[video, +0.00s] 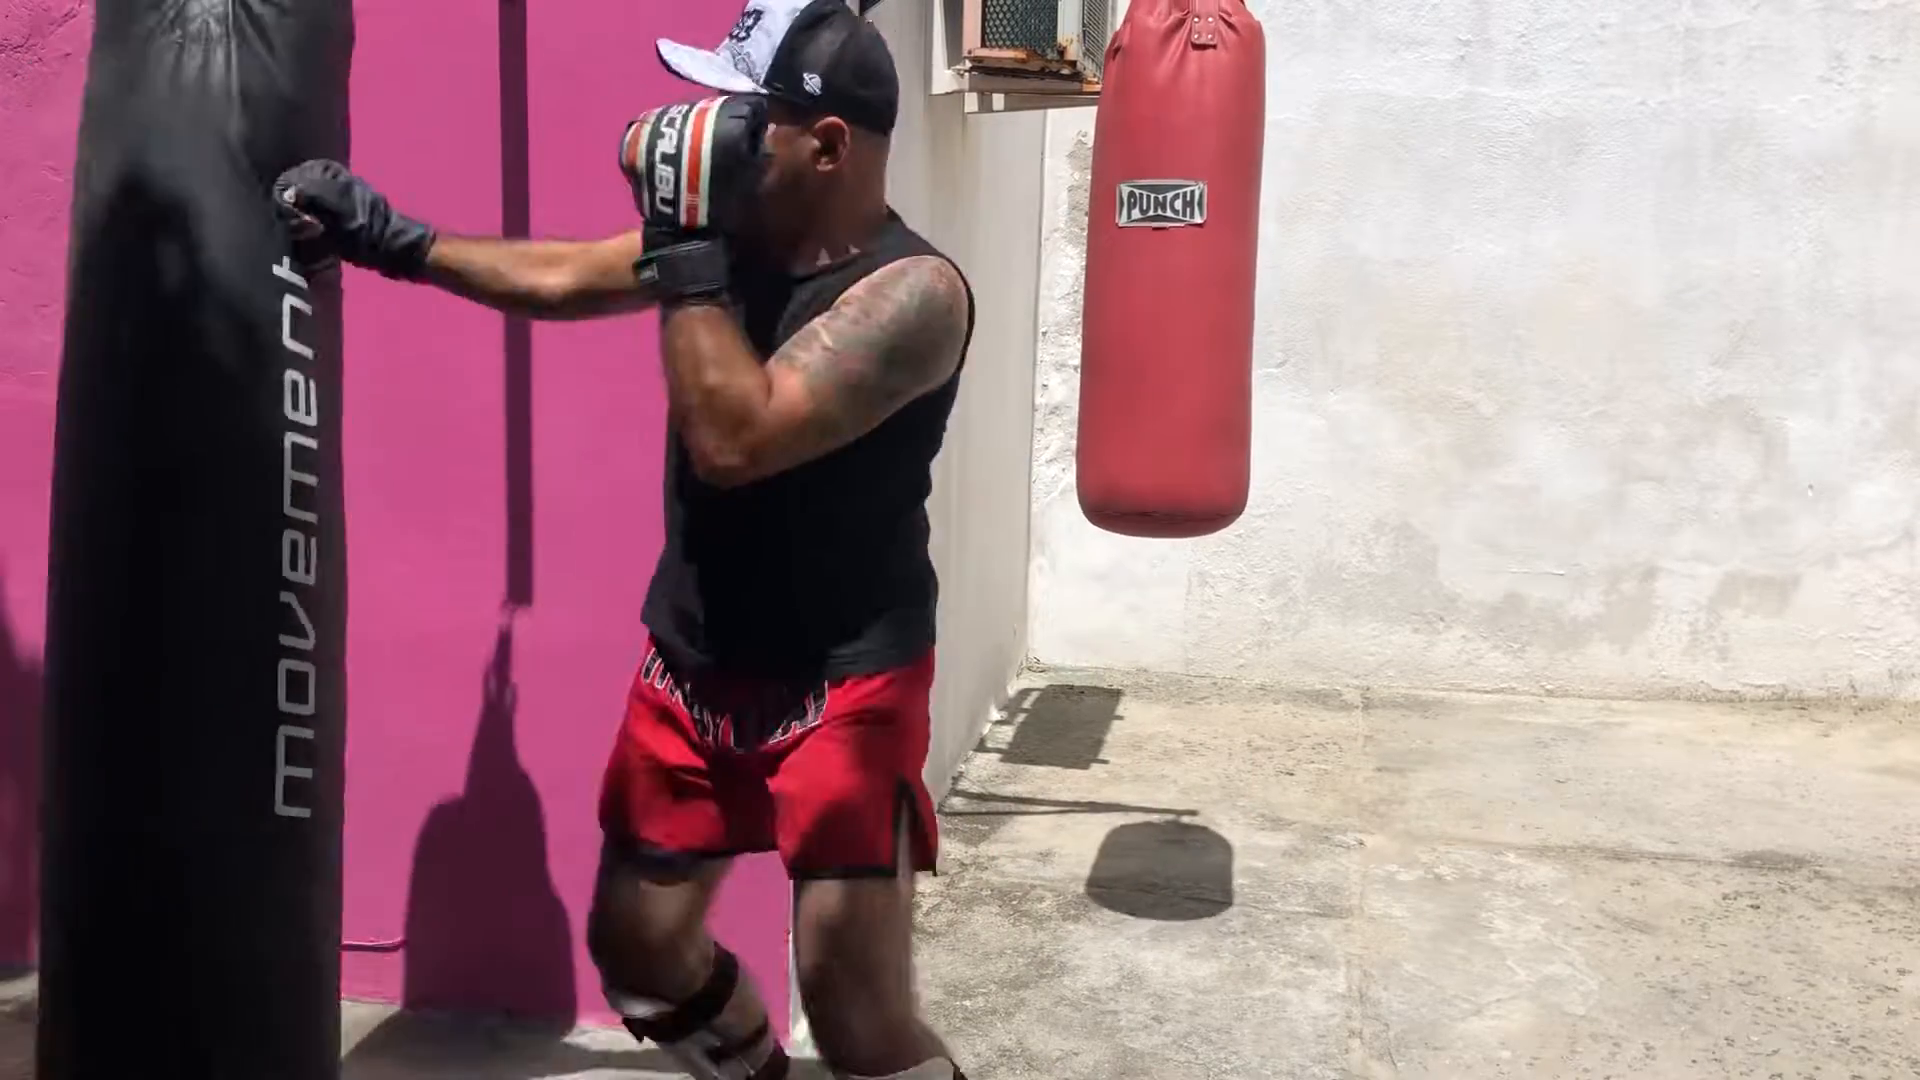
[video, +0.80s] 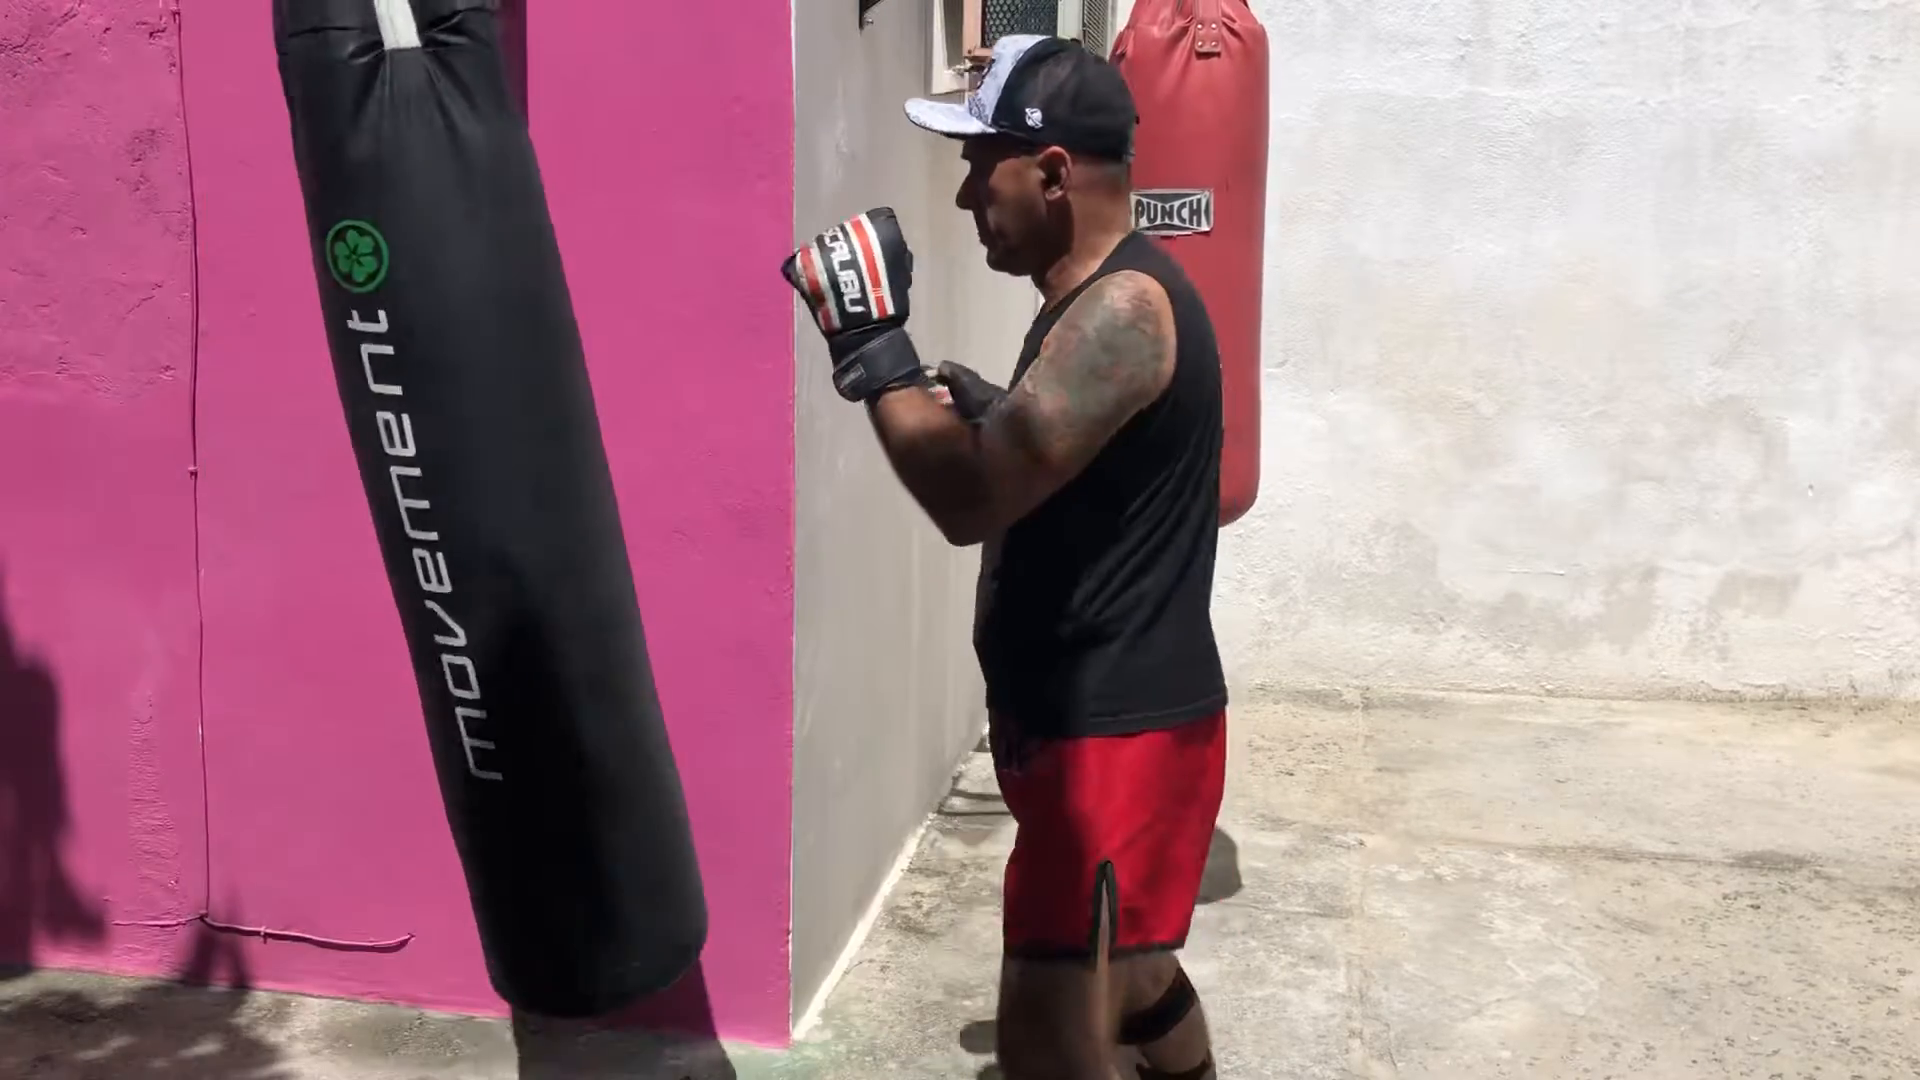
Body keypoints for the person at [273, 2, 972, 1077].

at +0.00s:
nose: (726, 140)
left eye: (751, 120)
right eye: (729, 118)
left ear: (828, 144)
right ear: (817, 144)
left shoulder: (916, 296)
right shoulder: (741, 241)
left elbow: (732, 437)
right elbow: (564, 279)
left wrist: (683, 246)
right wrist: (397, 239)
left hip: (844, 679)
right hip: (694, 661)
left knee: (857, 1014)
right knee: (639, 944)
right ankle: (764, 1070)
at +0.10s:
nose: (816, 156)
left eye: (841, 136)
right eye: (822, 131)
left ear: (924, 166)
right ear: (913, 166)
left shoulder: (994, 322)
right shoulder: (853, 265)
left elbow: (795, 463)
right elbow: (731, 335)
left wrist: (733, 273)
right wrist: (587, 256)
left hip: (936, 715)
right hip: (802, 692)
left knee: (973, 1044)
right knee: (766, 962)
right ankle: (830, 1070)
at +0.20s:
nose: (857, 182)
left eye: (881, 156)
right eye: (865, 153)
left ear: (963, 173)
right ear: (960, 175)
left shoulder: (1048, 320)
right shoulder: (943, 282)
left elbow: (860, 493)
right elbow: (886, 394)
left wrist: (769, 315)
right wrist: (749, 316)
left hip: (1019, 733)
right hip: (899, 703)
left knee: (1041, 1038)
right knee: (839, 944)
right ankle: (864, 1071)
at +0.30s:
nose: (910, 186)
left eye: (929, 160)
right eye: (915, 159)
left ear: (1010, 174)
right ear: (1008, 174)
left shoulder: (1101, 320)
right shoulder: (1007, 288)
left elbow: (933, 504)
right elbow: (961, 399)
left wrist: (833, 331)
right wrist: (836, 323)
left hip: (1086, 731)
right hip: (967, 703)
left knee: (1082, 1047)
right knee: (892, 939)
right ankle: (972, 1067)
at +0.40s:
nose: (955, 174)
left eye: (975, 146)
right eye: (959, 145)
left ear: (1054, 161)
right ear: (1050, 160)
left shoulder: (1150, 301)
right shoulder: (1029, 285)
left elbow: (989, 488)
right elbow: (985, 420)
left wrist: (886, 320)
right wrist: (877, 307)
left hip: (1111, 717)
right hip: (1001, 699)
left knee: (1108, 1037)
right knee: (988, 964)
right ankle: (1100, 1066)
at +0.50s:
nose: (975, 181)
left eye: (995, 152)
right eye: (978, 152)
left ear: (1072, 166)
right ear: (1068, 166)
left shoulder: (1158, 300)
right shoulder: (1061, 293)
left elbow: (1007, 483)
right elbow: (997, 439)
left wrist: (912, 315)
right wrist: (904, 310)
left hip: (1120, 717)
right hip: (1059, 712)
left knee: (1097, 1041)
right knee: (1136, 1005)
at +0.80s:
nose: (965, 188)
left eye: (982, 160)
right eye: (968, 160)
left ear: (1055, 172)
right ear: (1056, 174)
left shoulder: (1122, 311)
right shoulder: (1100, 293)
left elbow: (974, 501)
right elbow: (1091, 486)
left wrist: (872, 342)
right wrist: (981, 415)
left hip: (1107, 729)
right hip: (1110, 715)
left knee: (1057, 1042)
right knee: (1142, 993)